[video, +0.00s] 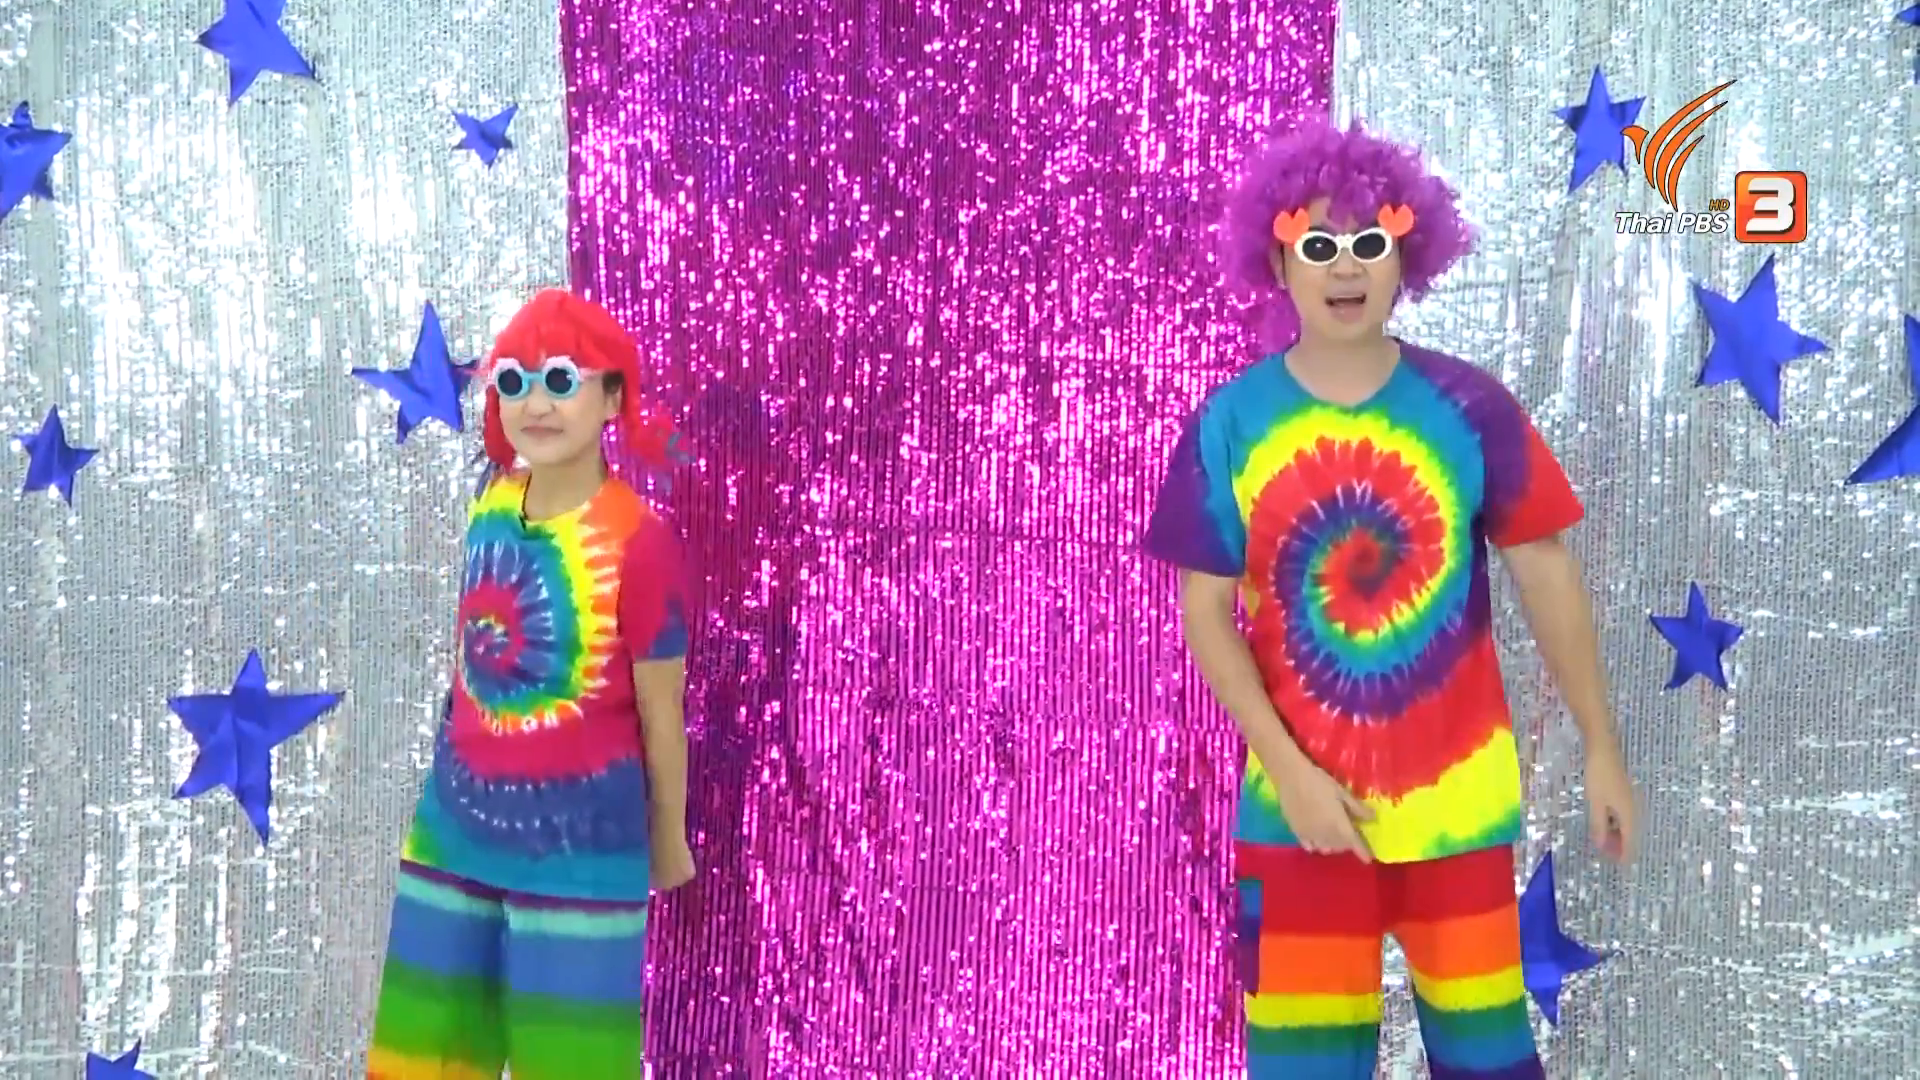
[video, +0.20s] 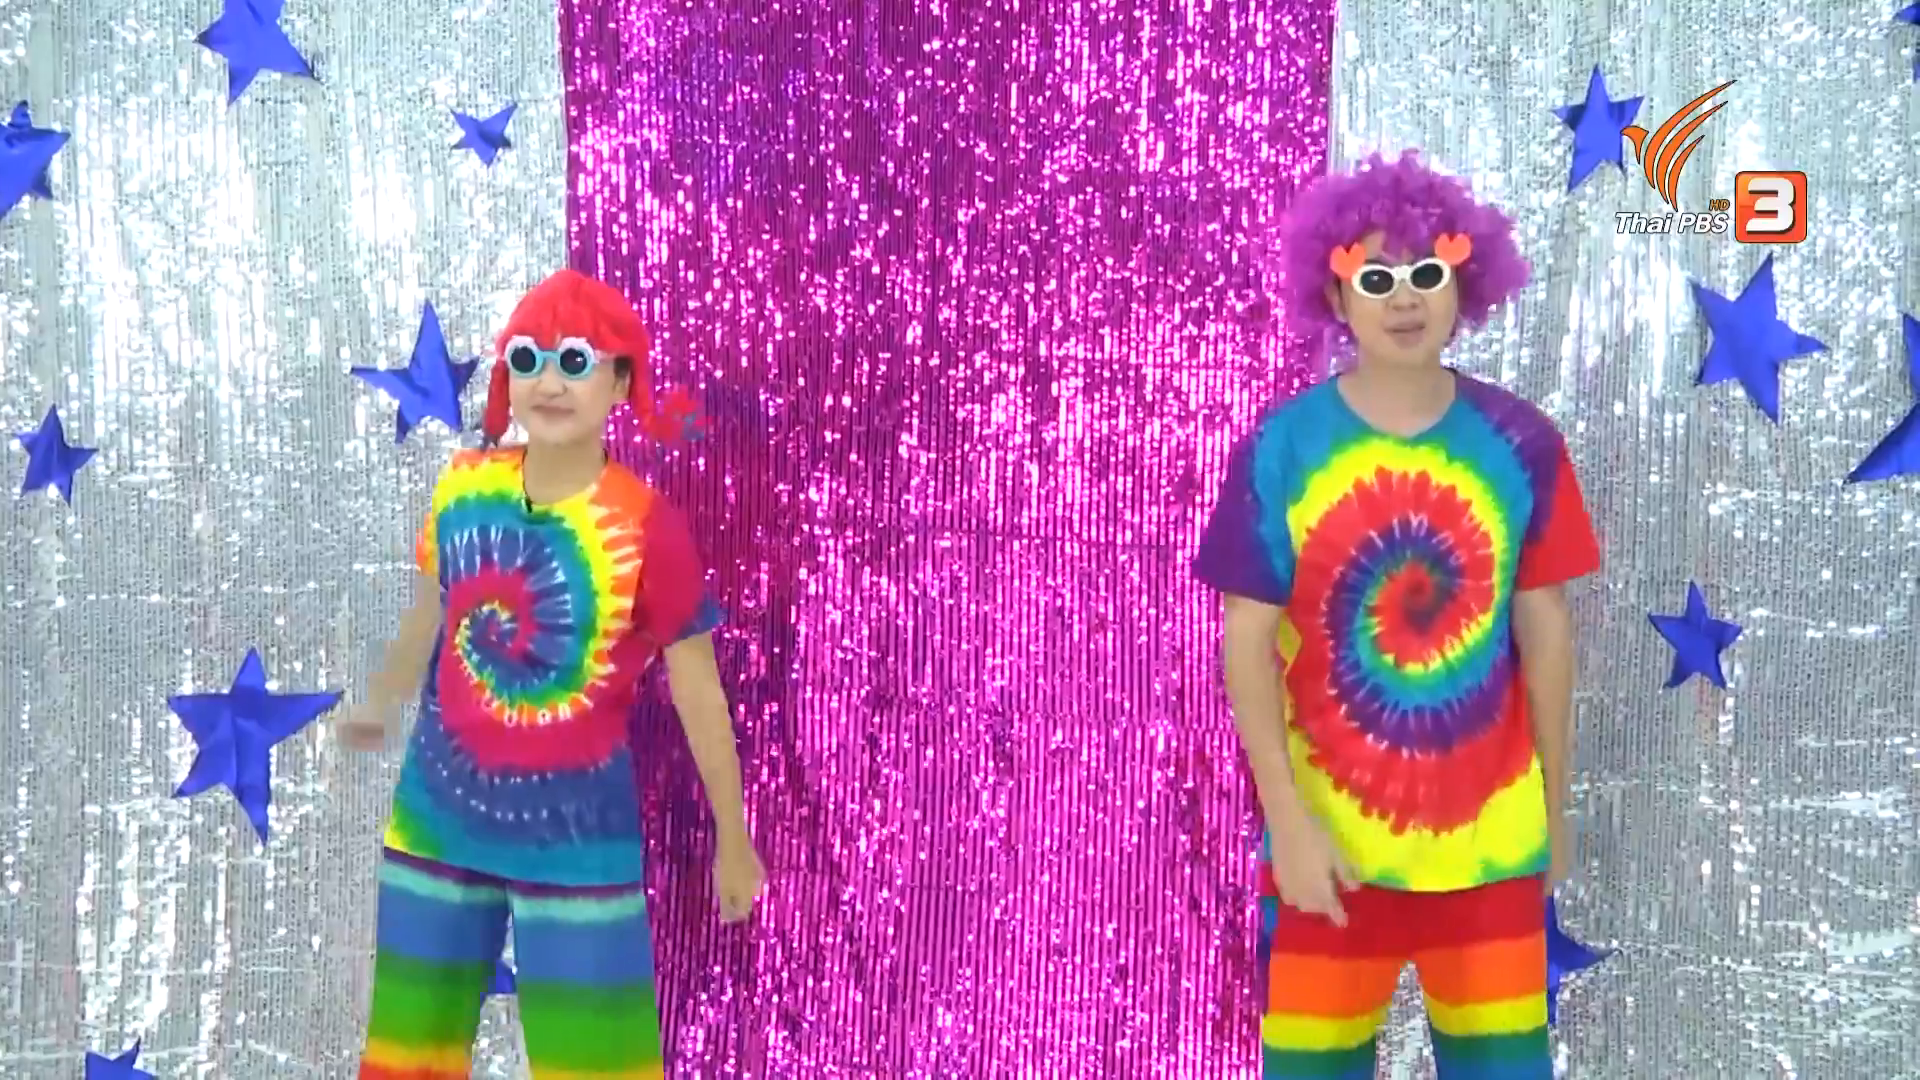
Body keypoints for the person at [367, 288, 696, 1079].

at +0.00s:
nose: (535, 402)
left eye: (561, 379)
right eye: (515, 382)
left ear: (611, 400)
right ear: (497, 405)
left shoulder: (638, 537)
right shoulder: (491, 509)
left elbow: (662, 704)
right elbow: (481, 660)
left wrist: (669, 832)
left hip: (578, 835)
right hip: (458, 822)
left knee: (567, 1054)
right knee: (424, 1049)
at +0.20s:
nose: (547, 380)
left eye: (574, 360)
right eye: (528, 358)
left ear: (618, 387)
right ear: (505, 380)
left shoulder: (649, 522)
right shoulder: (463, 487)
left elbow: (696, 688)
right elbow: (428, 613)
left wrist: (733, 836)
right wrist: (381, 700)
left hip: (577, 835)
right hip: (439, 822)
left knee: (591, 1062)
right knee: (406, 1057)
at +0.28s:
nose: (547, 383)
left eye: (575, 364)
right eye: (527, 359)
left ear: (614, 393)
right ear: (500, 379)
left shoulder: (641, 523)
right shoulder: (446, 485)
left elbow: (695, 676)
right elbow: (380, 595)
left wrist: (750, 841)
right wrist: (271, 674)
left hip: (572, 837)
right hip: (428, 826)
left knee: (588, 1061)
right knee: (395, 1058)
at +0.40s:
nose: (537, 411)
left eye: (566, 395)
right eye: (517, 385)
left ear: (597, 425)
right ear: (483, 399)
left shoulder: (624, 546)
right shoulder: (412, 513)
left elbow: (680, 699)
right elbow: (284, 609)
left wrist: (739, 850)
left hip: (547, 860)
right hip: (403, 847)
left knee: (561, 1070)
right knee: (380, 1067)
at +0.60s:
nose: (492, 394)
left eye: (520, 378)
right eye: (472, 368)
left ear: (547, 405)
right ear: (437, 381)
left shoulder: (565, 525)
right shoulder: (353, 496)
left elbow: (584, 694)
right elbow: (255, 628)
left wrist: (622, 842)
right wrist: (155, 746)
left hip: (500, 842)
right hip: (353, 836)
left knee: (533, 1065)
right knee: (352, 1066)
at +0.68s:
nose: (467, 379)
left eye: (495, 365)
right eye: (448, 353)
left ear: (518, 391)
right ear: (410, 363)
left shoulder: (536, 512)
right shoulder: (328, 489)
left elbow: (547, 681)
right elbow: (271, 641)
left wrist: (576, 825)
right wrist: (232, 775)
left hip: (493, 828)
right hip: (343, 827)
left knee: (535, 1054)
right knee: (348, 1058)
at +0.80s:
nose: (440, 377)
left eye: (466, 364)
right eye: (421, 347)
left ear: (483, 392)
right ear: (373, 358)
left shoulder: (495, 499)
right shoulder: (300, 497)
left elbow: (510, 672)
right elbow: (305, 670)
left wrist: (533, 807)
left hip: (486, 811)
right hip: (335, 819)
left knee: (530, 1051)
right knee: (339, 1059)